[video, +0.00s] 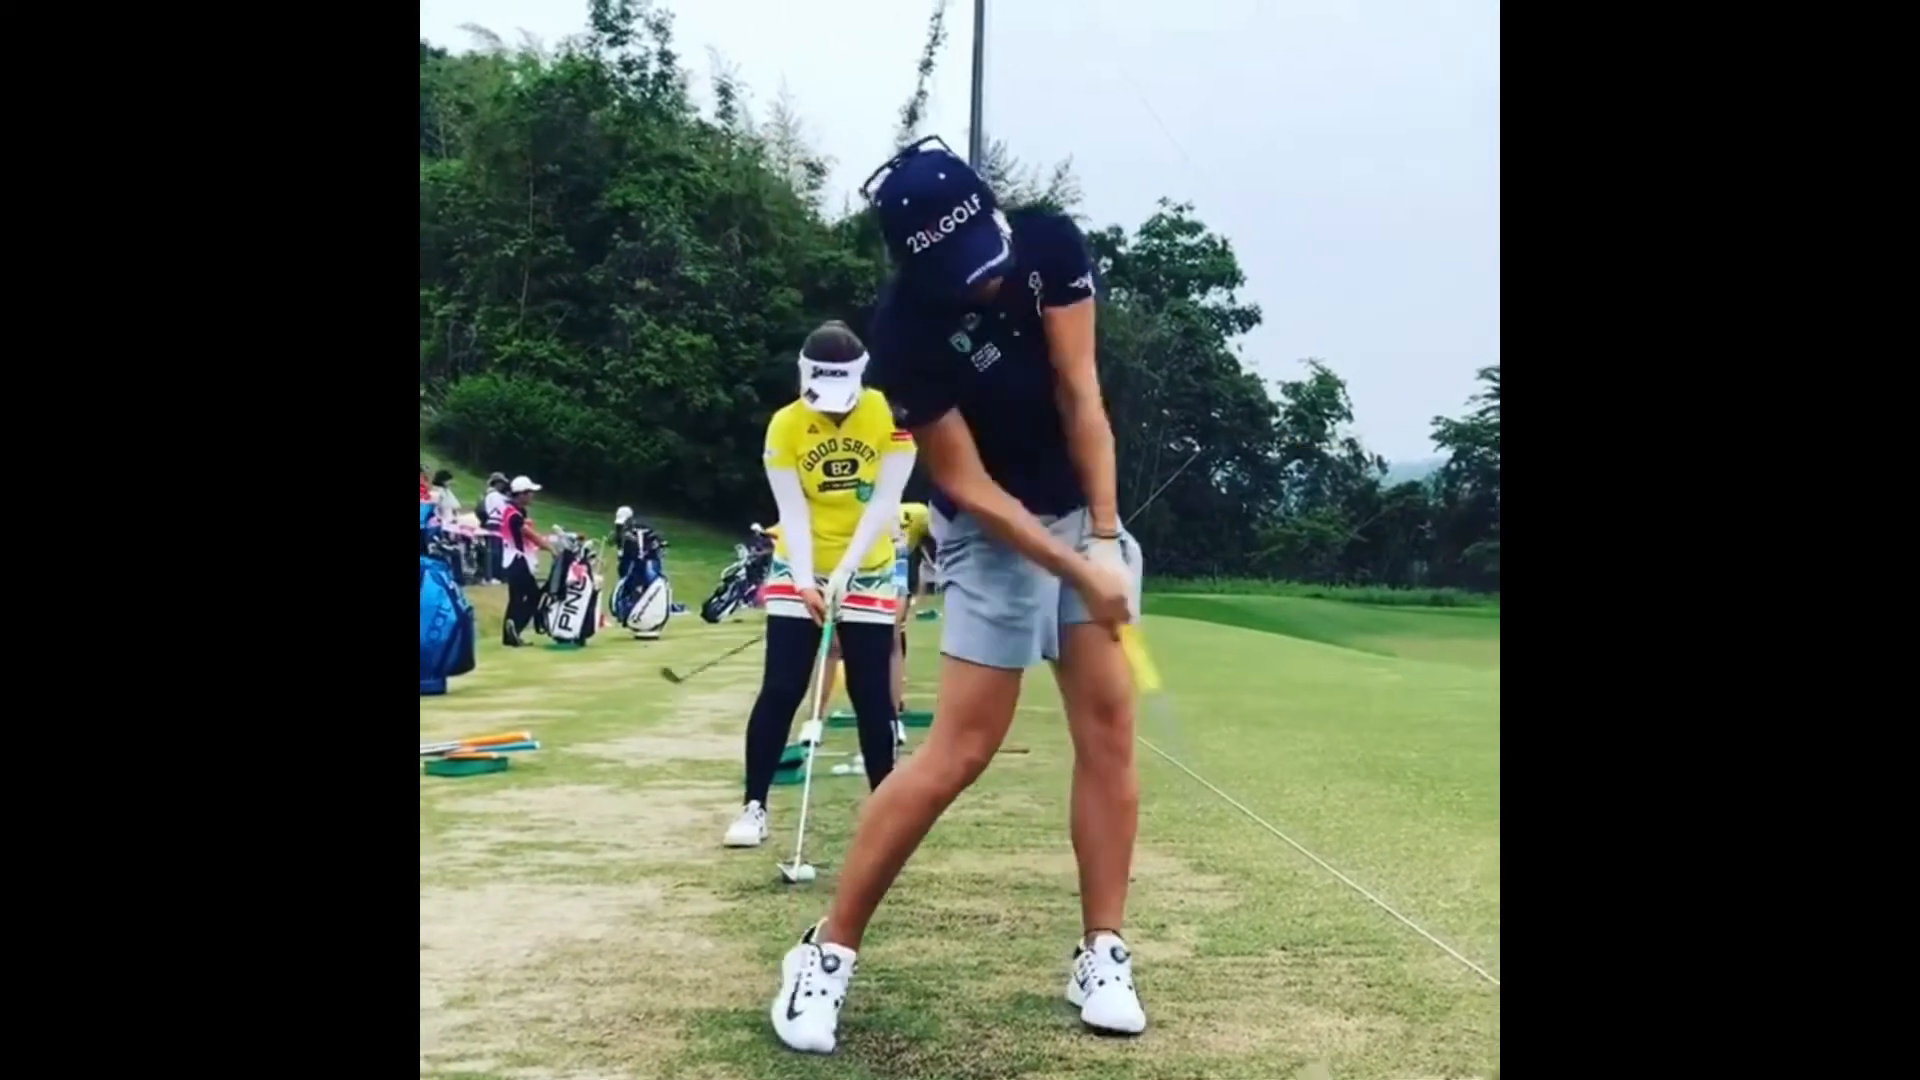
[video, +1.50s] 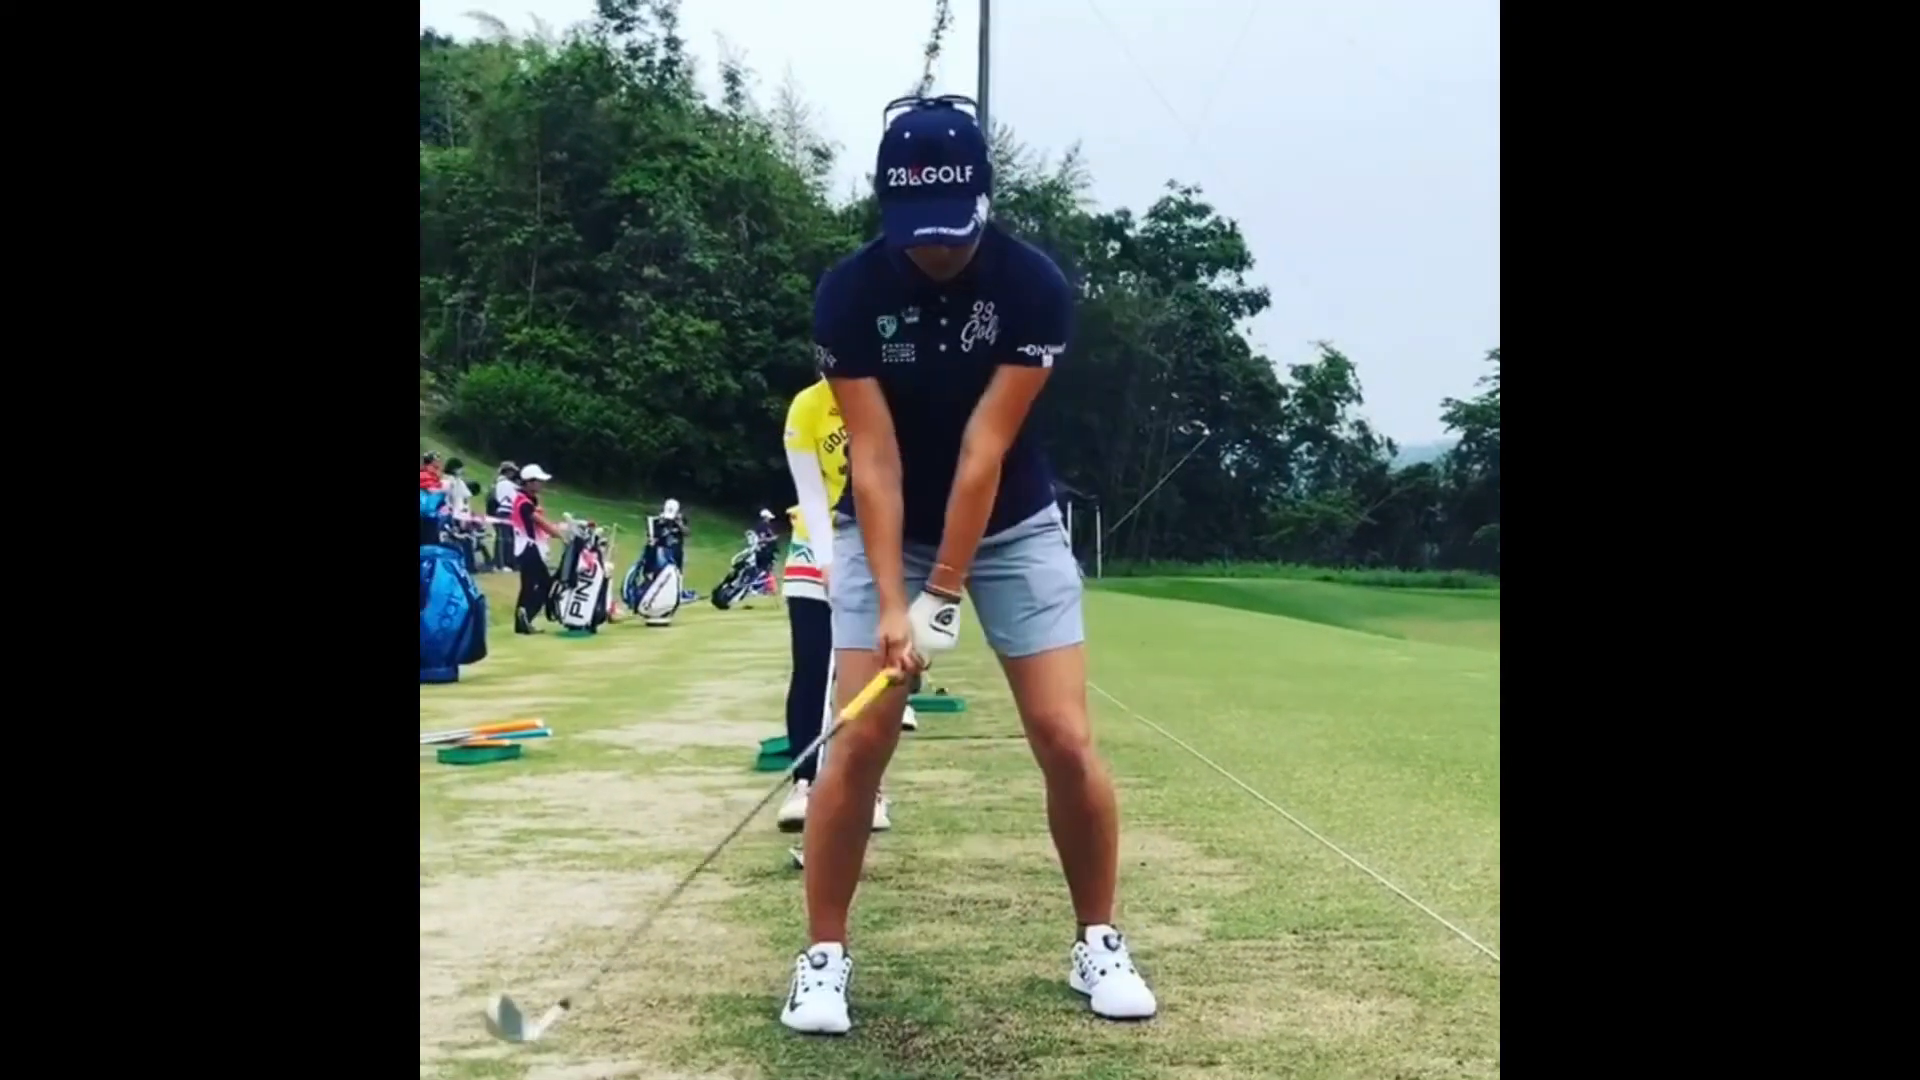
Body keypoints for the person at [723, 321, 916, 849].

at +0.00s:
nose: (830, 405)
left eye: (841, 394)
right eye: (820, 393)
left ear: (860, 376)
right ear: (805, 376)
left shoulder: (891, 416)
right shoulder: (785, 428)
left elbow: (885, 503)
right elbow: (792, 514)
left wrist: (845, 568)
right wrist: (803, 579)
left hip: (870, 570)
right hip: (798, 568)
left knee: (872, 698)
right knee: (780, 690)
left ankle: (886, 810)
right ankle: (754, 807)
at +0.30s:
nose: (807, 409)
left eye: (818, 399)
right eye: (798, 398)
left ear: (837, 383)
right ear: (782, 382)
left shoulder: (868, 420)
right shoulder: (759, 433)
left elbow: (859, 505)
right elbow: (770, 518)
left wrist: (821, 575)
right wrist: (780, 584)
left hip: (846, 574)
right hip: (773, 573)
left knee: (850, 694)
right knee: (759, 692)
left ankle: (867, 808)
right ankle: (732, 811)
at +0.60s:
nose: (798, 417)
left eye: (808, 406)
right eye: (789, 406)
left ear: (829, 389)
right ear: (773, 390)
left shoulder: (860, 427)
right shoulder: (751, 440)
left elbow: (846, 510)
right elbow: (763, 524)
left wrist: (809, 578)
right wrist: (771, 588)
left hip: (835, 579)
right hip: (763, 577)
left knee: (839, 696)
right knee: (748, 695)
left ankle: (856, 812)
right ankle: (719, 815)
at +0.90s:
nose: (793, 423)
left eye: (803, 412)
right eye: (783, 411)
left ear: (823, 396)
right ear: (767, 396)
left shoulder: (853, 433)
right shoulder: (744, 443)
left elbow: (836, 514)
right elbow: (757, 527)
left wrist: (800, 585)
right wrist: (770, 595)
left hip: (826, 584)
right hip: (754, 581)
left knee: (832, 701)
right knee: (739, 700)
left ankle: (850, 815)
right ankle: (711, 819)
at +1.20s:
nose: (796, 428)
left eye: (806, 418)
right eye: (786, 417)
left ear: (826, 400)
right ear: (771, 401)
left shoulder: (857, 438)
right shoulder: (748, 447)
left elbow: (840, 520)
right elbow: (762, 532)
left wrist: (804, 590)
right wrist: (778, 600)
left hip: (830, 587)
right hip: (757, 587)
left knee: (834, 702)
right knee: (742, 702)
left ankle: (850, 819)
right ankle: (710, 821)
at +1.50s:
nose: (841, 360)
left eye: (852, 353)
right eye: (834, 351)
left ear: (878, 350)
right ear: (826, 351)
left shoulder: (892, 400)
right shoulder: (809, 405)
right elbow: (811, 496)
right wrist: (828, 564)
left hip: (874, 553)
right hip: (815, 551)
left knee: (869, 675)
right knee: (811, 668)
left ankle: (871, 783)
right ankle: (806, 777)